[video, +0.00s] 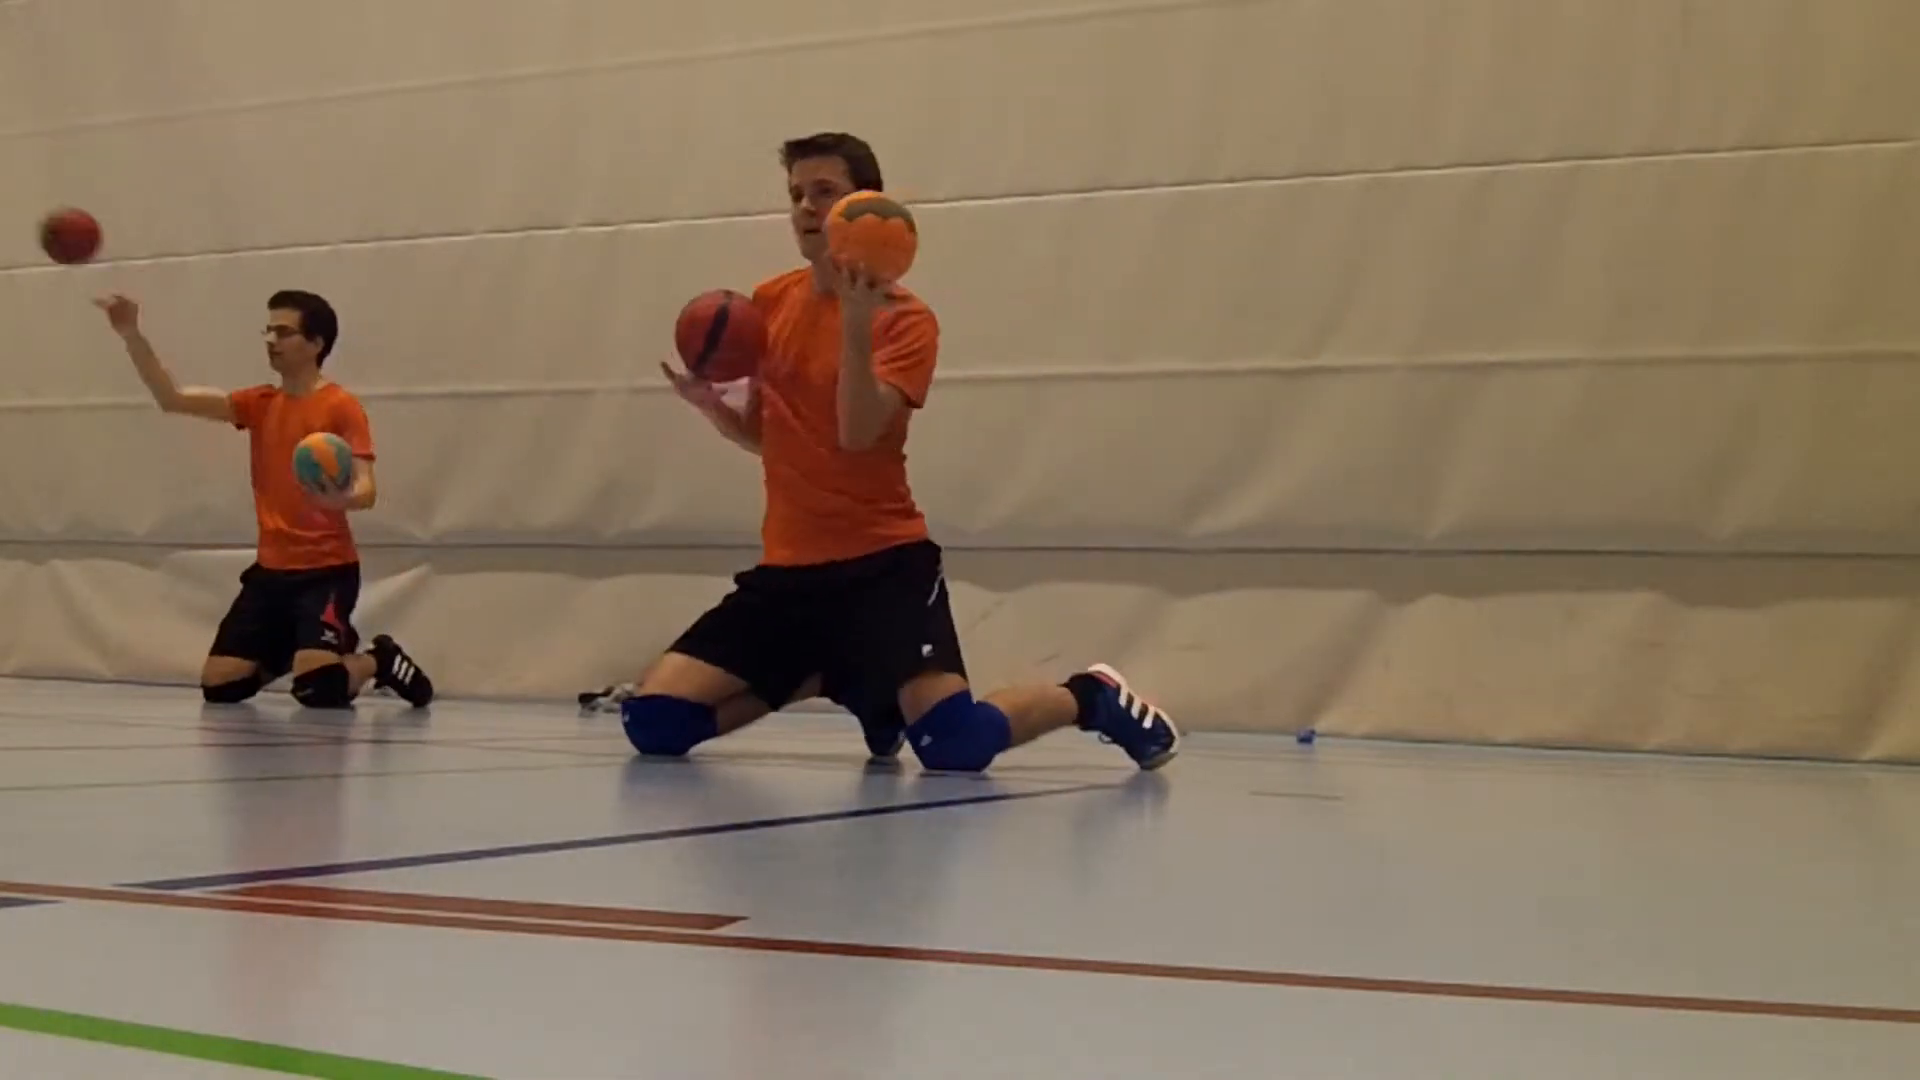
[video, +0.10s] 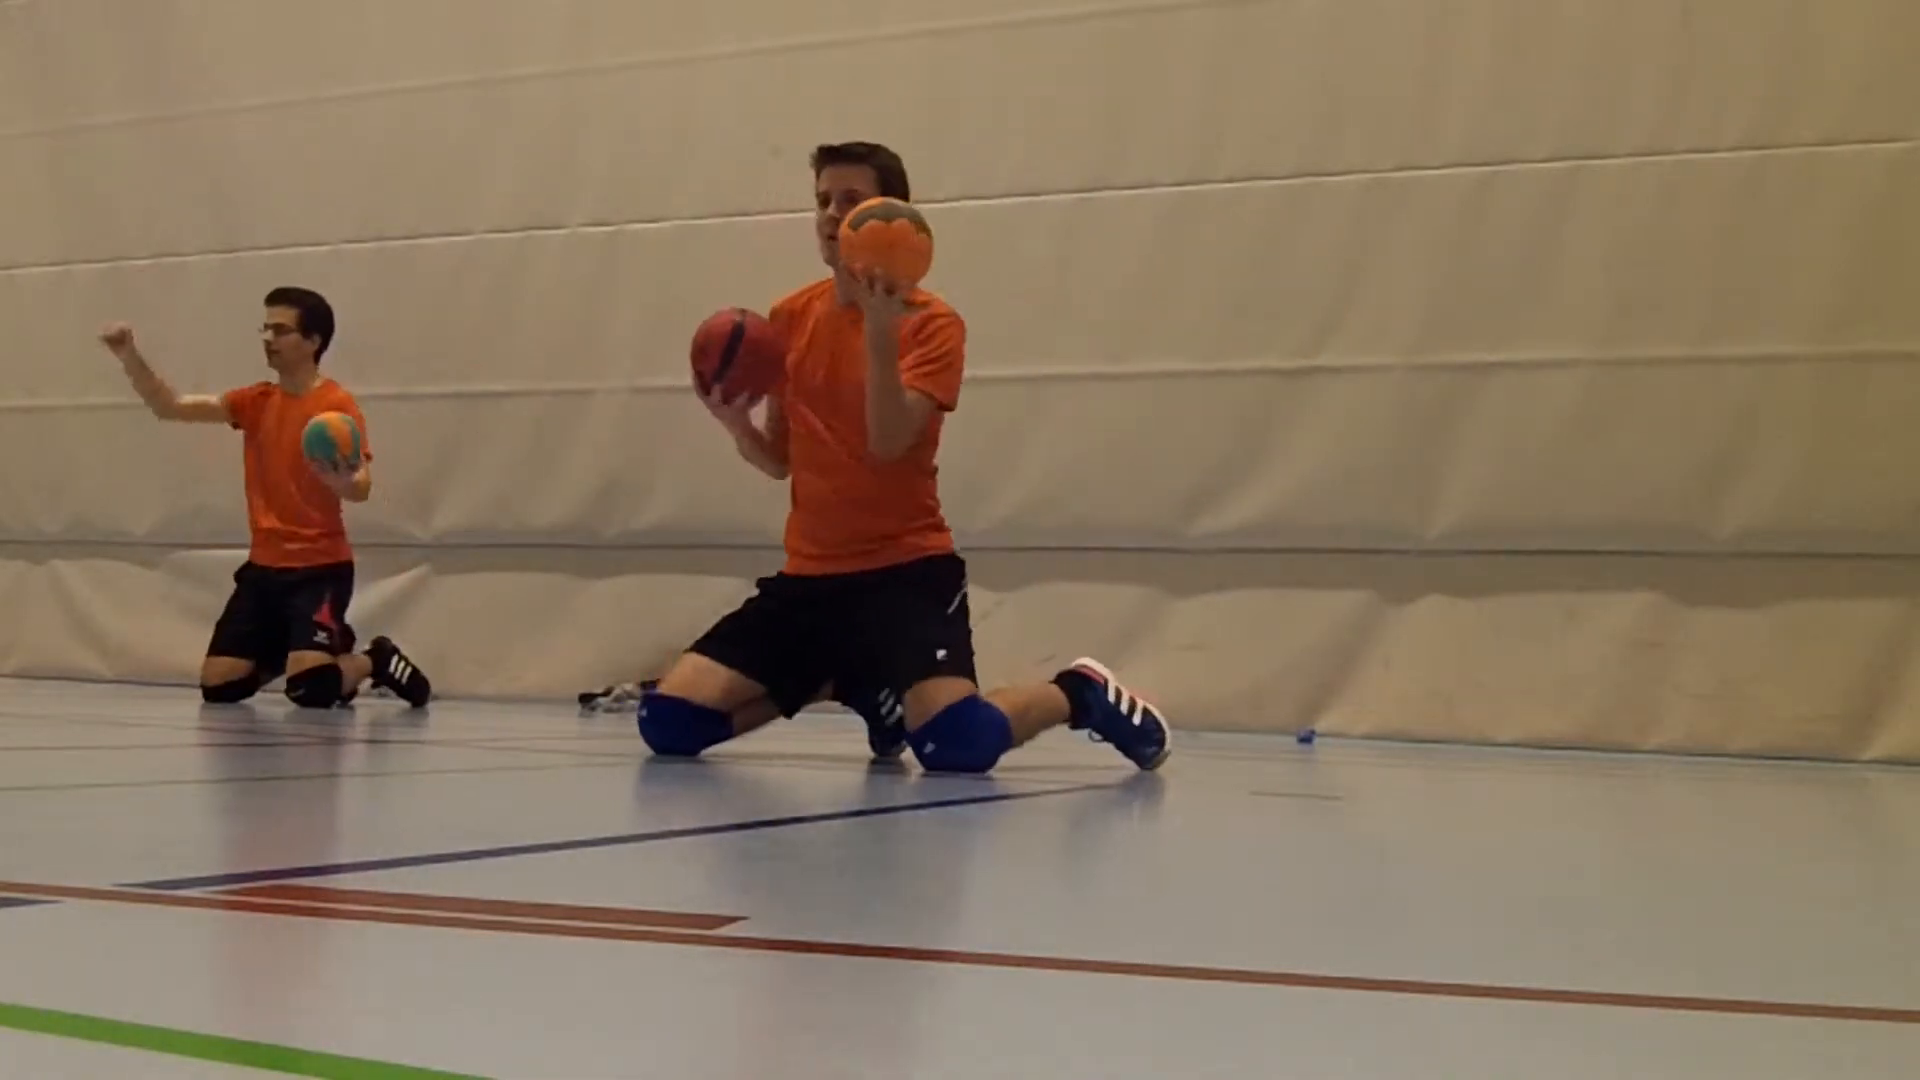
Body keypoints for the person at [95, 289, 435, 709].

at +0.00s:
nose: (269, 341)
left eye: (282, 332)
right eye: (268, 332)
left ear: (316, 343)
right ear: (270, 340)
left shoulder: (341, 406)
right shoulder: (260, 403)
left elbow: (366, 491)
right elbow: (172, 399)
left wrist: (341, 498)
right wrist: (131, 335)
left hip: (326, 571)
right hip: (270, 572)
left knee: (316, 689)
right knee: (220, 687)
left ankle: (381, 662)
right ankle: (318, 648)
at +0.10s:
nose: (267, 340)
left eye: (280, 331)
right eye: (266, 330)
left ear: (313, 341)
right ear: (265, 336)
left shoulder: (336, 404)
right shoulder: (257, 400)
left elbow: (361, 488)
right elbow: (169, 406)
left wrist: (341, 481)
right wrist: (130, 357)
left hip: (320, 570)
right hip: (262, 569)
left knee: (309, 688)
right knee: (219, 688)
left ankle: (376, 663)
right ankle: (320, 653)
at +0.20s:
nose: (268, 341)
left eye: (281, 332)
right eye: (266, 331)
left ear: (314, 343)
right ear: (263, 335)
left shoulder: (339, 410)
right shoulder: (258, 403)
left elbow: (362, 490)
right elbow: (180, 448)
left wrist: (354, 470)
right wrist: (140, 416)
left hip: (319, 570)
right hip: (261, 570)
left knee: (308, 689)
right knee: (219, 686)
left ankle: (371, 660)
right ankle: (319, 654)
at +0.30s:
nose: (269, 345)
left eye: (282, 336)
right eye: (267, 335)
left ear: (315, 347)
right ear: (265, 338)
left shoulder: (340, 410)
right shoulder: (263, 411)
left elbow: (371, 489)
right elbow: (211, 486)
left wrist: (379, 469)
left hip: (322, 574)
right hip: (264, 572)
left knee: (313, 691)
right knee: (218, 686)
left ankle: (369, 660)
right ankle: (313, 649)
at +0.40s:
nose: (270, 350)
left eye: (282, 341)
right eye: (269, 339)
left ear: (317, 351)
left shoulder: (343, 412)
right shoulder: (270, 416)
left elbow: (381, 488)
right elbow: (245, 507)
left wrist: (402, 475)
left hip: (329, 576)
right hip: (271, 575)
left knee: (320, 690)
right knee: (213, 685)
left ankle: (372, 659)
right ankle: (311, 649)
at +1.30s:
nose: (242, 384)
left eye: (252, 375)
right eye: (241, 375)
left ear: (287, 379)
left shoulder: (330, 433)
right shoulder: (258, 457)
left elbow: (366, 501)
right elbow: (243, 548)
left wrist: (390, 506)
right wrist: (172, 592)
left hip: (338, 593)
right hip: (285, 597)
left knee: (309, 690)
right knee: (196, 681)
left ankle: (374, 662)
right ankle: (304, 652)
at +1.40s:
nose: (226, 394)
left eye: (236, 384)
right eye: (225, 385)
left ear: (272, 391)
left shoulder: (316, 439)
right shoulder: (244, 472)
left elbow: (354, 501)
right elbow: (201, 545)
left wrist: (379, 496)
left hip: (338, 595)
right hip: (286, 602)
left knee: (323, 690)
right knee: (192, 679)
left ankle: (380, 663)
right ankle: (303, 658)